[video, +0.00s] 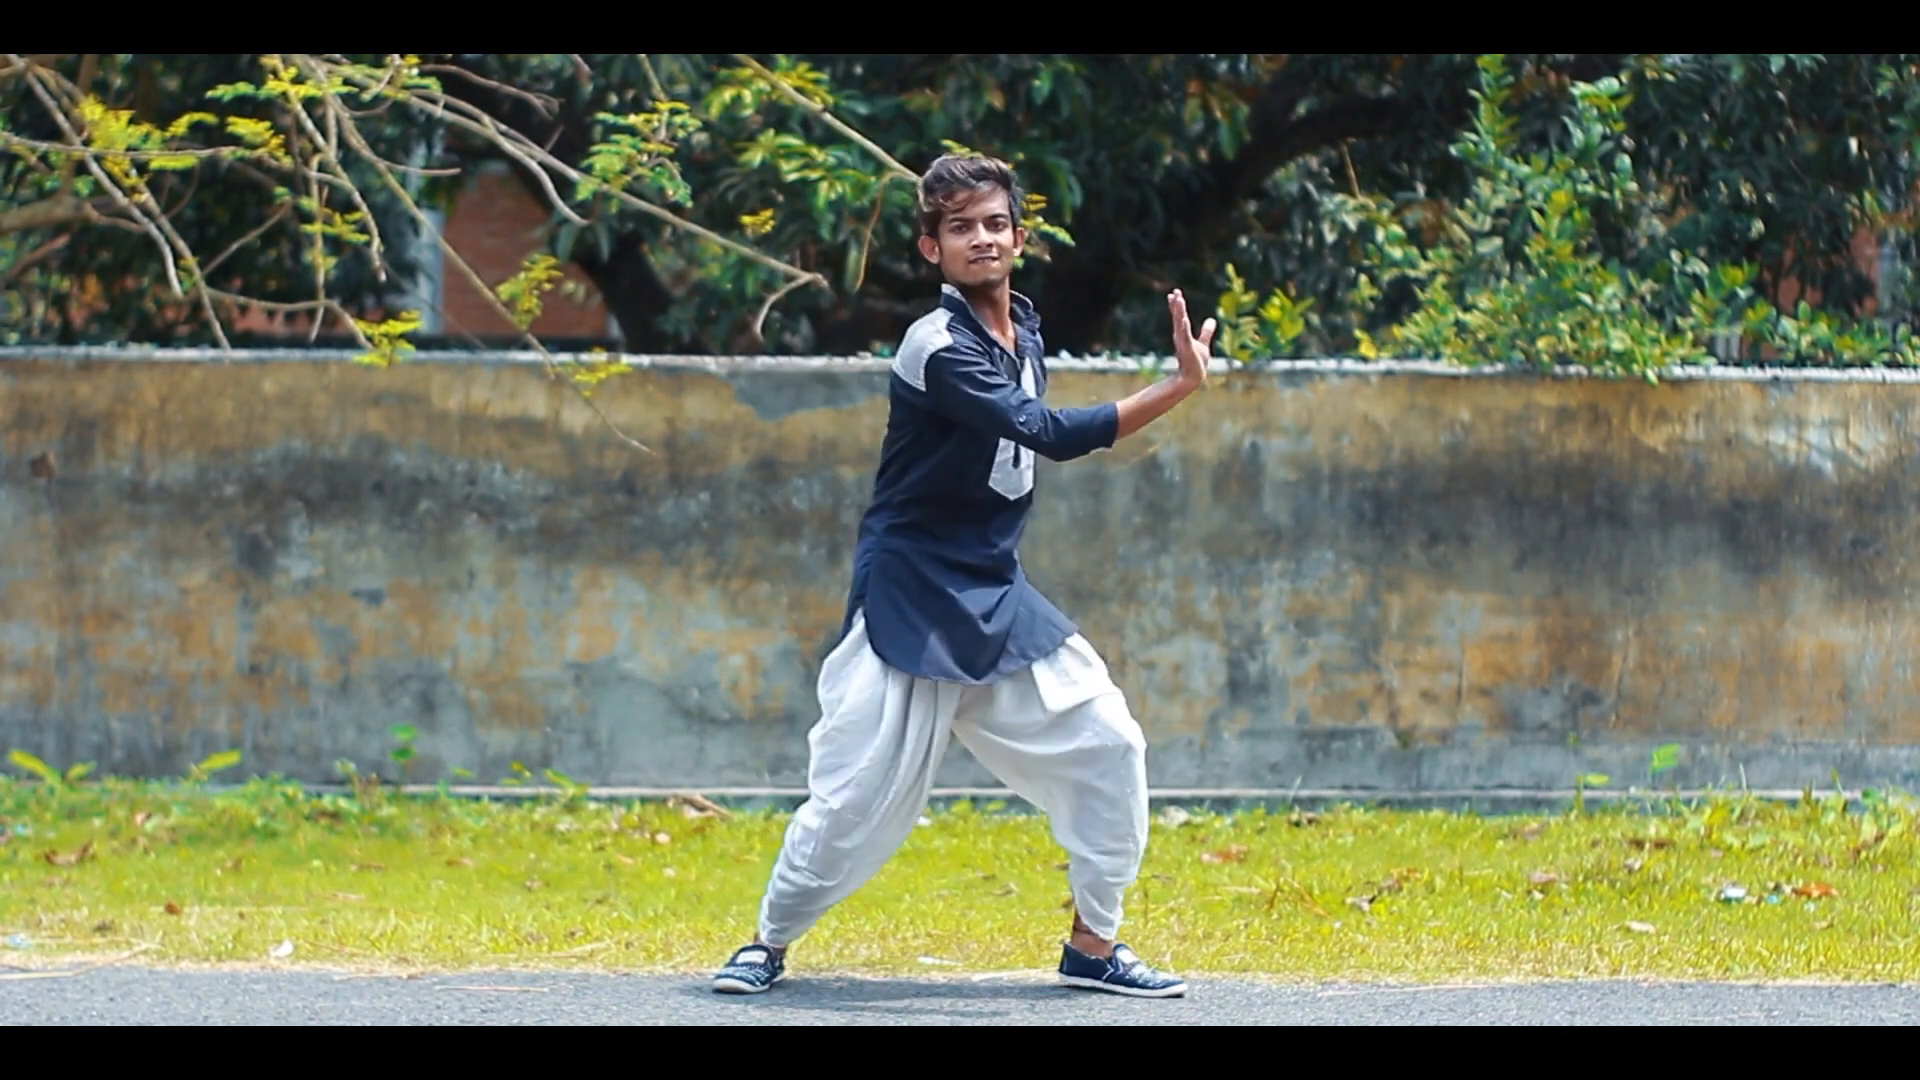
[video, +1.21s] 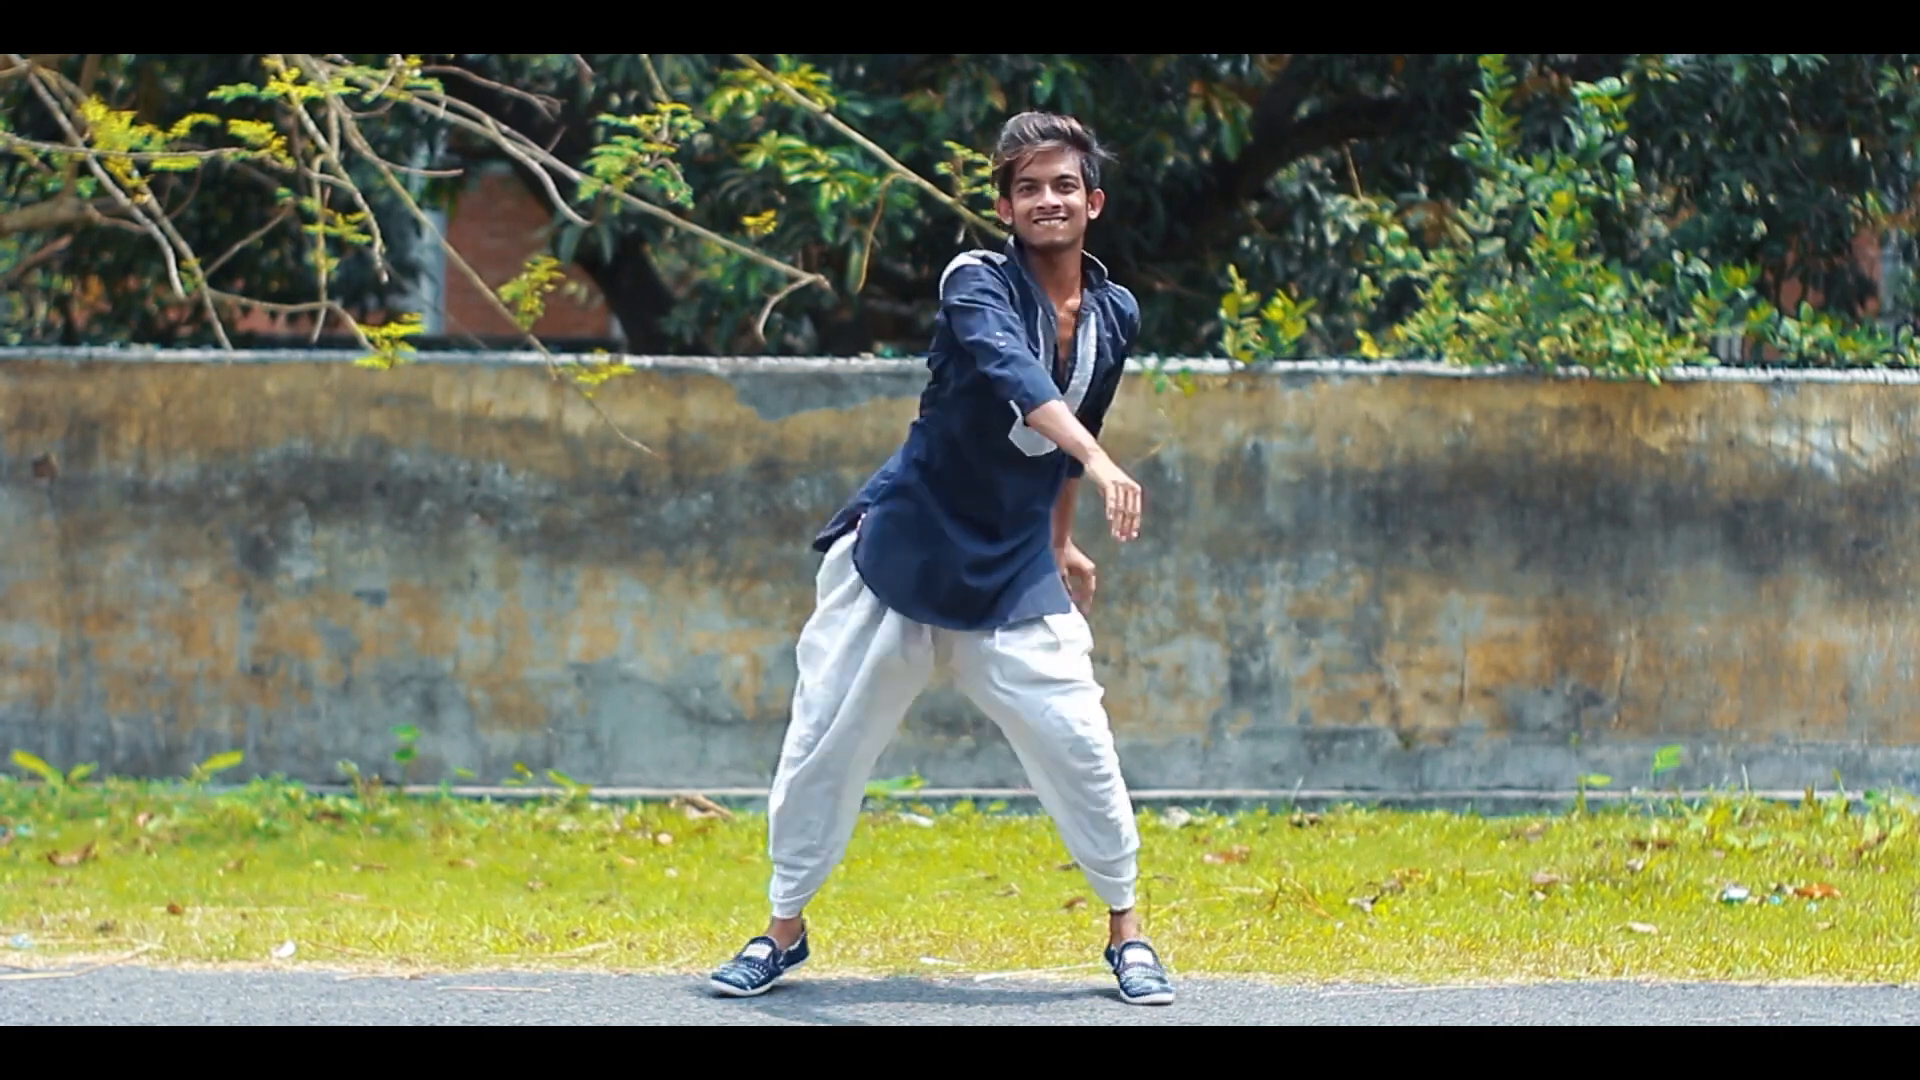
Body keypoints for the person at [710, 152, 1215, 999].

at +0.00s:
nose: (985, 239)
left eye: (998, 223)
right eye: (964, 227)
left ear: (1018, 236)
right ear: (932, 250)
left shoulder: (1026, 332)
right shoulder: (936, 346)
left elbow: (982, 450)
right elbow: (1051, 433)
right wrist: (1179, 387)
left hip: (994, 587)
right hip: (908, 589)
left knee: (1111, 744)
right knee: (856, 794)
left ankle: (1092, 948)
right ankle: (769, 946)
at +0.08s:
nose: (993, 230)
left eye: (1005, 213)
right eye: (971, 219)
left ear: (1028, 224)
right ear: (944, 241)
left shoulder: (1037, 314)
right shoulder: (949, 328)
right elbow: (1073, 389)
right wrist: (1210, 351)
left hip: (992, 575)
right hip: (902, 576)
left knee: (1111, 719)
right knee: (843, 771)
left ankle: (1101, 921)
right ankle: (766, 943)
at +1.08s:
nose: (1038, 214)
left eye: (1056, 199)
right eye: (1020, 201)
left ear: (1087, 213)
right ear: (998, 217)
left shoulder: (1105, 322)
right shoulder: (984, 289)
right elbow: (1095, 355)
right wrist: (1209, 401)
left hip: (1001, 557)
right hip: (899, 542)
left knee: (1074, 746)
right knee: (829, 740)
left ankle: (1109, 941)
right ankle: (773, 935)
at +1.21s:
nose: (1048, 200)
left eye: (1066, 185)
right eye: (1029, 187)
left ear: (1095, 200)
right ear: (1006, 203)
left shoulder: (1115, 313)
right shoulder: (978, 280)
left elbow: (1075, 431)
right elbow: (1019, 380)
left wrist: (1059, 542)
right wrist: (1100, 461)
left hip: (1018, 560)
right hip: (904, 544)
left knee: (1078, 742)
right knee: (823, 740)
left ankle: (1126, 932)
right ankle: (783, 930)